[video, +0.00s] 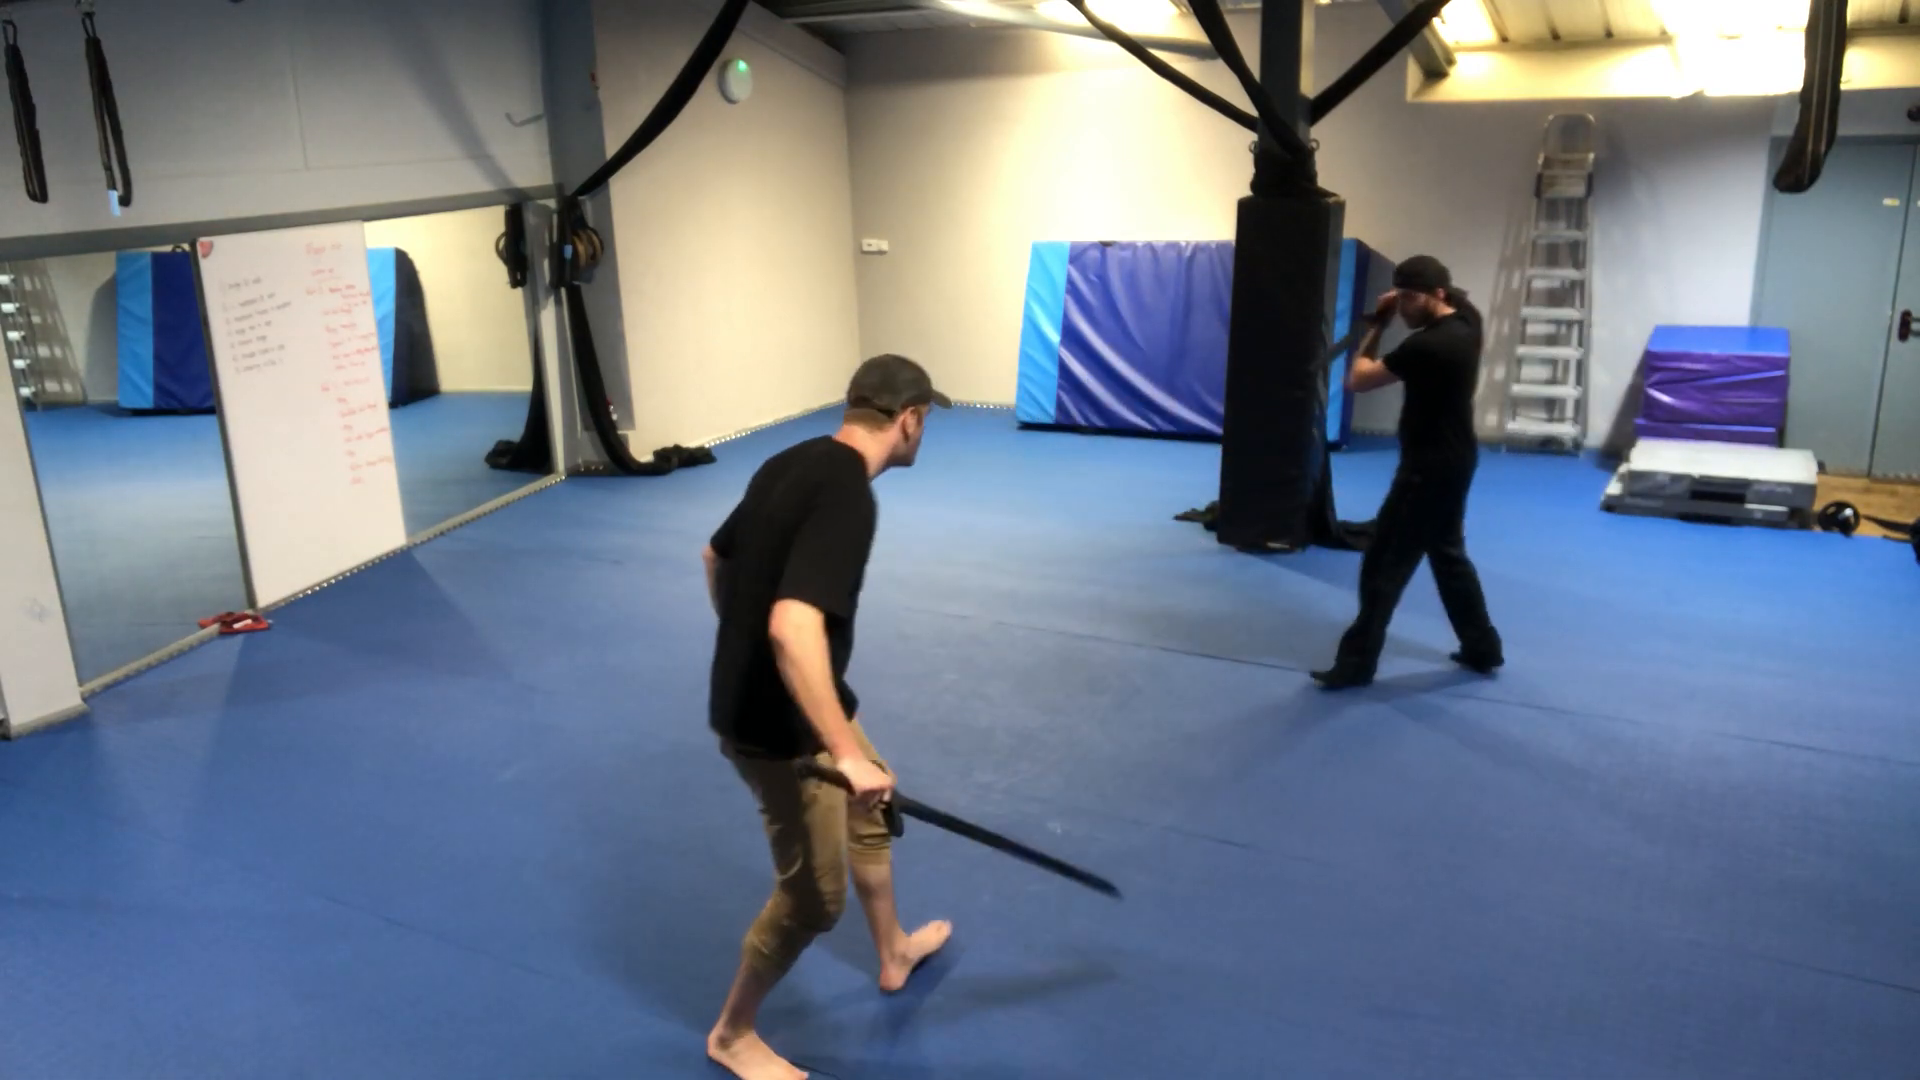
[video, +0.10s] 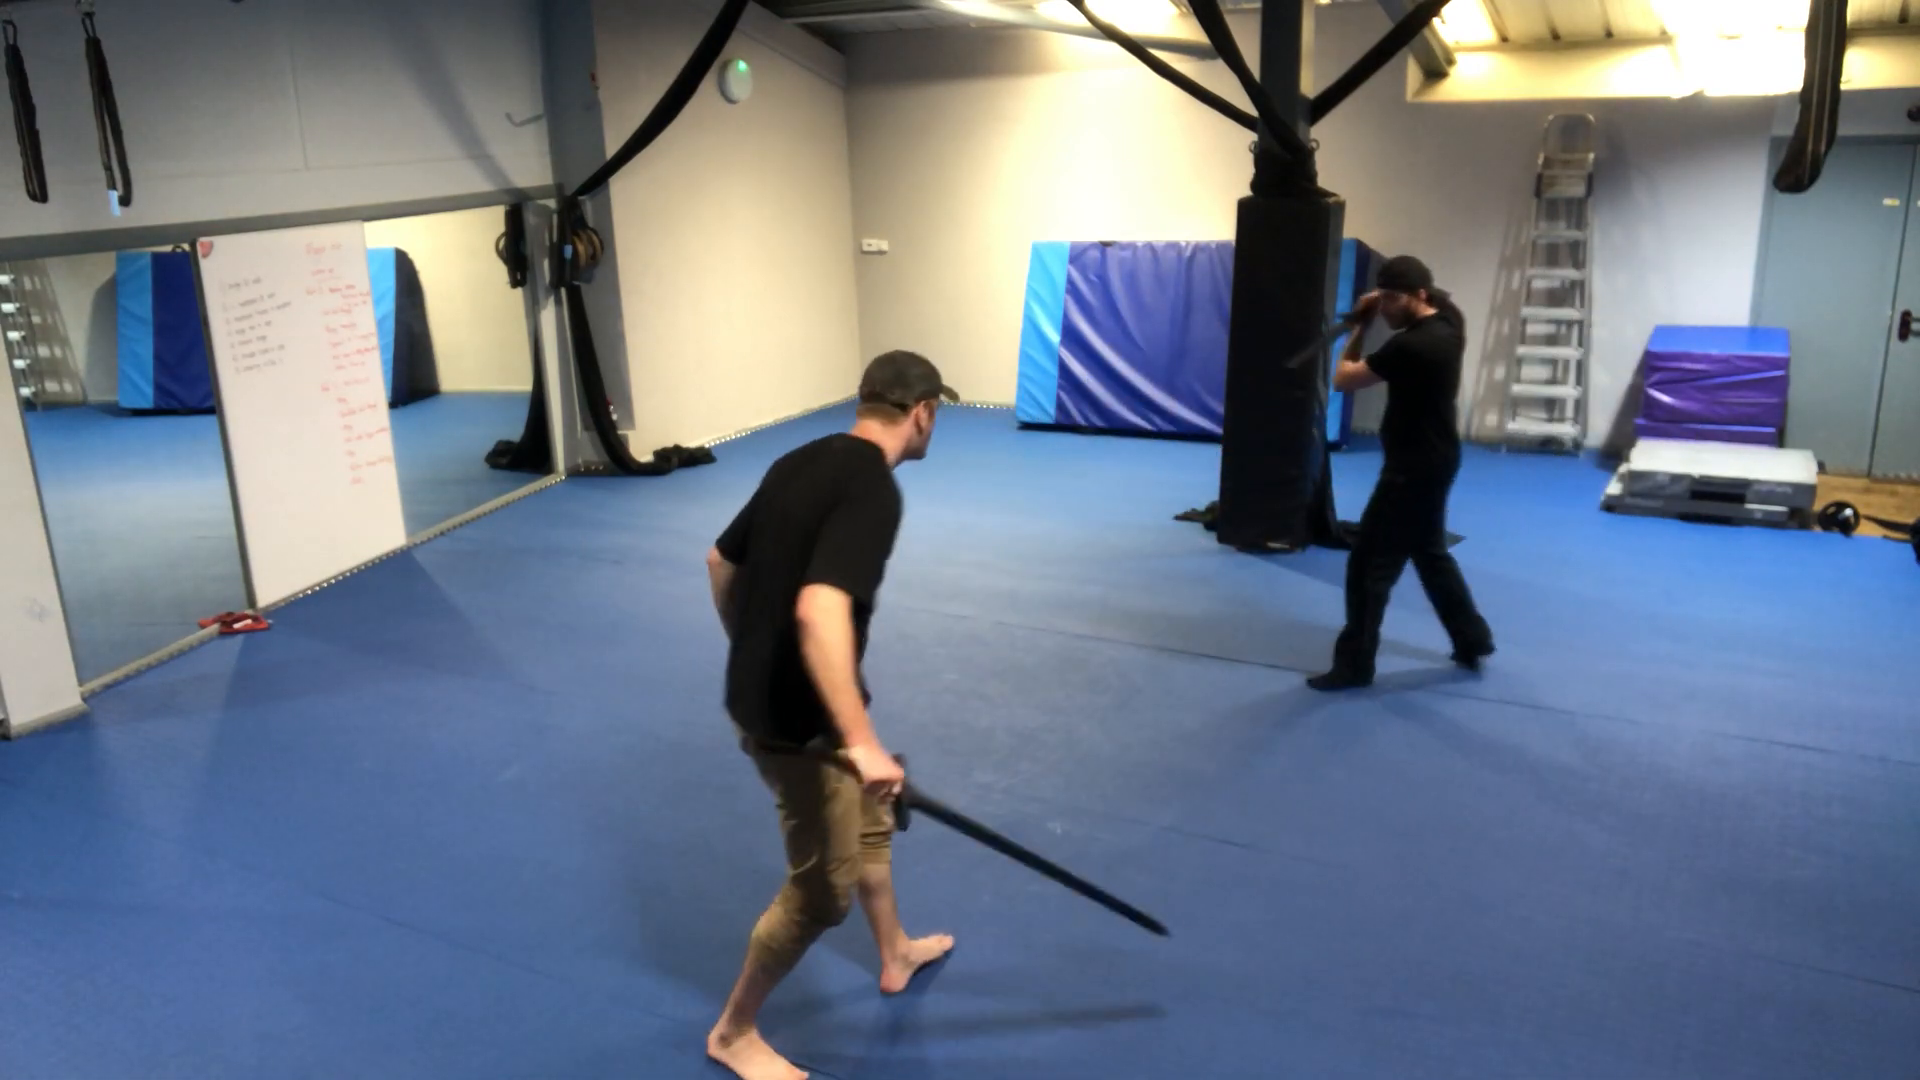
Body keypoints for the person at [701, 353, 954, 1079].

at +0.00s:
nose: (923, 435)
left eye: (925, 422)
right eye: (925, 421)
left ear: (854, 407)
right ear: (906, 418)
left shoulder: (790, 464)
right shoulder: (845, 493)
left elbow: (718, 554)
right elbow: (792, 626)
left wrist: (755, 644)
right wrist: (851, 758)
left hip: (772, 706)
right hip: (781, 732)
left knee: (873, 796)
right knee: (812, 898)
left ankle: (893, 951)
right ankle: (731, 1033)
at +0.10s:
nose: (934, 430)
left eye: (936, 417)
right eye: (936, 416)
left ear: (863, 403)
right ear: (919, 413)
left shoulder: (799, 462)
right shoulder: (872, 486)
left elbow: (723, 562)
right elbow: (820, 608)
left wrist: (760, 651)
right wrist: (863, 745)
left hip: (772, 700)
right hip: (803, 723)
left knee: (873, 811)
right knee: (821, 889)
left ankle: (895, 951)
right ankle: (732, 1031)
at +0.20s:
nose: (941, 424)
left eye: (942, 411)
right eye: (943, 410)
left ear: (871, 398)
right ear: (927, 405)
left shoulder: (805, 462)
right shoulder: (897, 476)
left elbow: (731, 565)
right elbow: (859, 596)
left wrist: (756, 660)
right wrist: (897, 729)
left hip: (790, 690)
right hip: (824, 706)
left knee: (882, 815)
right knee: (829, 874)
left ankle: (896, 952)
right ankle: (735, 1025)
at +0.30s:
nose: (947, 416)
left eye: (947, 404)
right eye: (949, 404)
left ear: (880, 394)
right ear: (935, 400)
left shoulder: (815, 458)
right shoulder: (916, 468)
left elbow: (740, 563)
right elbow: (901, 588)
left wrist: (761, 665)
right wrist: (941, 715)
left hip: (796, 685)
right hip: (848, 695)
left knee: (884, 816)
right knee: (847, 865)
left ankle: (898, 954)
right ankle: (740, 1015)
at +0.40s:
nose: (955, 411)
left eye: (952, 400)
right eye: (955, 400)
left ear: (888, 391)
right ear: (941, 396)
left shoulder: (820, 454)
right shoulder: (930, 461)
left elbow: (751, 563)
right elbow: (933, 583)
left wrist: (777, 661)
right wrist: (983, 704)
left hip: (806, 686)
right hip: (867, 696)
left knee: (879, 823)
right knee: (876, 861)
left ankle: (897, 952)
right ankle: (751, 1000)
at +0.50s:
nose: (960, 410)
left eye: (959, 399)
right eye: (960, 399)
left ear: (890, 390)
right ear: (948, 395)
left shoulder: (826, 454)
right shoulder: (938, 458)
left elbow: (763, 565)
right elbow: (952, 584)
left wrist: (798, 644)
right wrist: (1010, 696)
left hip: (813, 679)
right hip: (878, 690)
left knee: (886, 824)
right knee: (907, 856)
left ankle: (900, 956)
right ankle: (777, 1001)